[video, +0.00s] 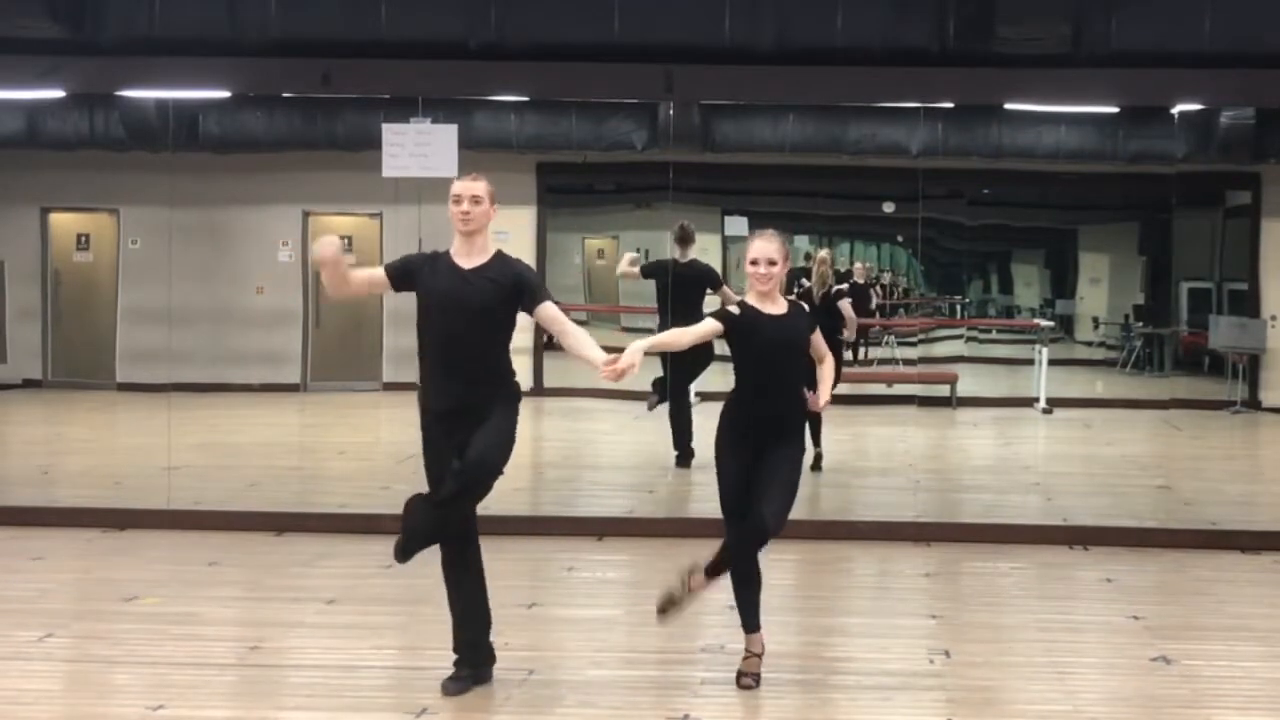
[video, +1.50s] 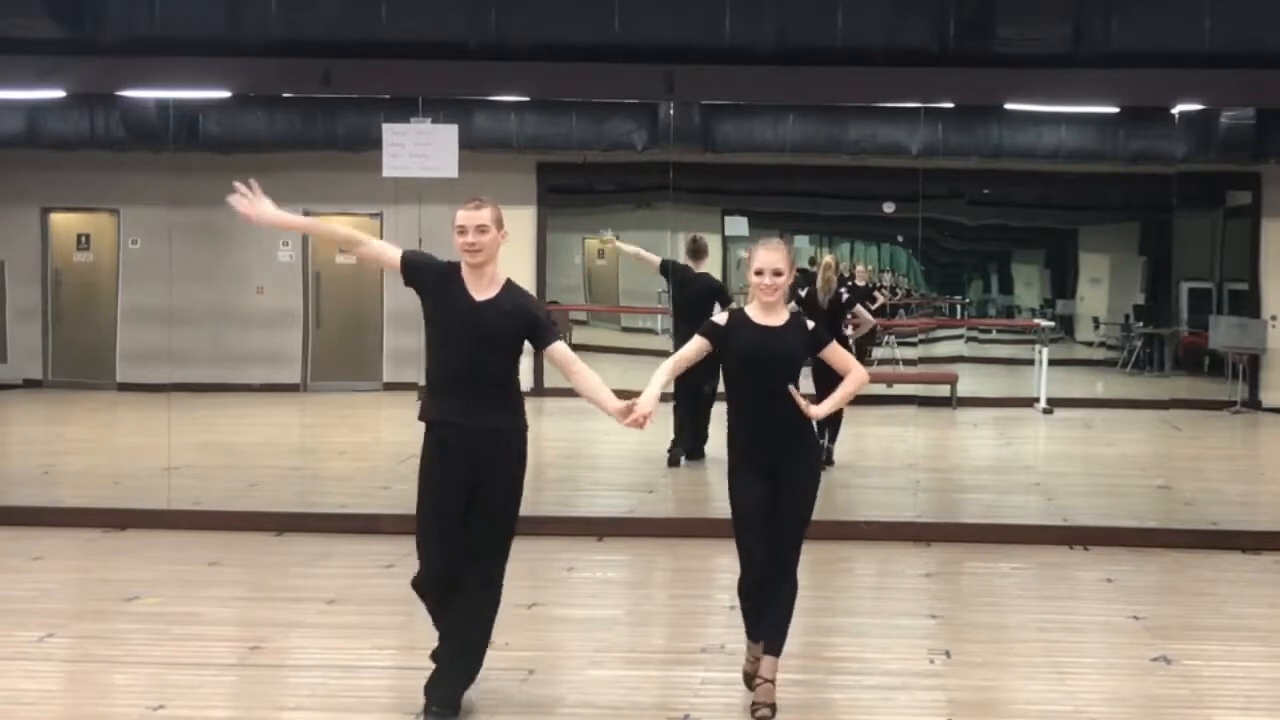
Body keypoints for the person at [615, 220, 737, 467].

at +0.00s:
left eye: (676, 242)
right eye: (688, 242)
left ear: (673, 242)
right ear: (694, 243)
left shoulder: (660, 267)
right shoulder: (704, 271)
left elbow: (622, 272)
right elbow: (731, 299)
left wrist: (627, 258)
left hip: (667, 337)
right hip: (697, 337)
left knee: (678, 395)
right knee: (704, 357)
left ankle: (684, 452)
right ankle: (663, 389)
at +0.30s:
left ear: (675, 248)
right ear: (694, 248)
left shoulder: (664, 275)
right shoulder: (703, 276)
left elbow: (663, 305)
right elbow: (730, 304)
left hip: (664, 344)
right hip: (690, 344)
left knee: (671, 401)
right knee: (690, 402)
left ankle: (685, 452)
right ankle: (719, 443)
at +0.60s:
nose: (688, 256)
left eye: (684, 250)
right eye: (695, 252)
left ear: (678, 252)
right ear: (698, 253)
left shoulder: (666, 277)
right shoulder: (706, 282)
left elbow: (623, 277)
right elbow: (731, 308)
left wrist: (596, 286)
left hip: (667, 351)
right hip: (689, 353)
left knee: (691, 400)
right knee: (670, 402)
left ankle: (679, 450)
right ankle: (650, 457)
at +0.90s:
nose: (691, 256)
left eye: (686, 253)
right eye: (696, 252)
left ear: (681, 254)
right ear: (702, 253)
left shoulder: (672, 282)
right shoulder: (714, 281)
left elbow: (635, 294)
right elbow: (738, 309)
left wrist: (609, 289)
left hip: (673, 347)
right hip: (699, 347)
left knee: (688, 399)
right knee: (686, 396)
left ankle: (687, 456)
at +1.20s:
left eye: (690, 253)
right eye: (701, 253)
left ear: (684, 254)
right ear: (704, 255)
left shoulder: (673, 276)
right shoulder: (711, 286)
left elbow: (634, 274)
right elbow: (727, 314)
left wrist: (597, 273)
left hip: (682, 350)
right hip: (707, 350)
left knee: (685, 398)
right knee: (703, 398)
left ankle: (685, 445)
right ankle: (696, 448)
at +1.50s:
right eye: (705, 254)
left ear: (687, 254)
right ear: (706, 256)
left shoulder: (676, 271)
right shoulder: (713, 284)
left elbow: (640, 254)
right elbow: (733, 313)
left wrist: (616, 243)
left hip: (681, 351)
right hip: (707, 352)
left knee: (682, 398)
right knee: (703, 399)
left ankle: (677, 446)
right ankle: (696, 449)